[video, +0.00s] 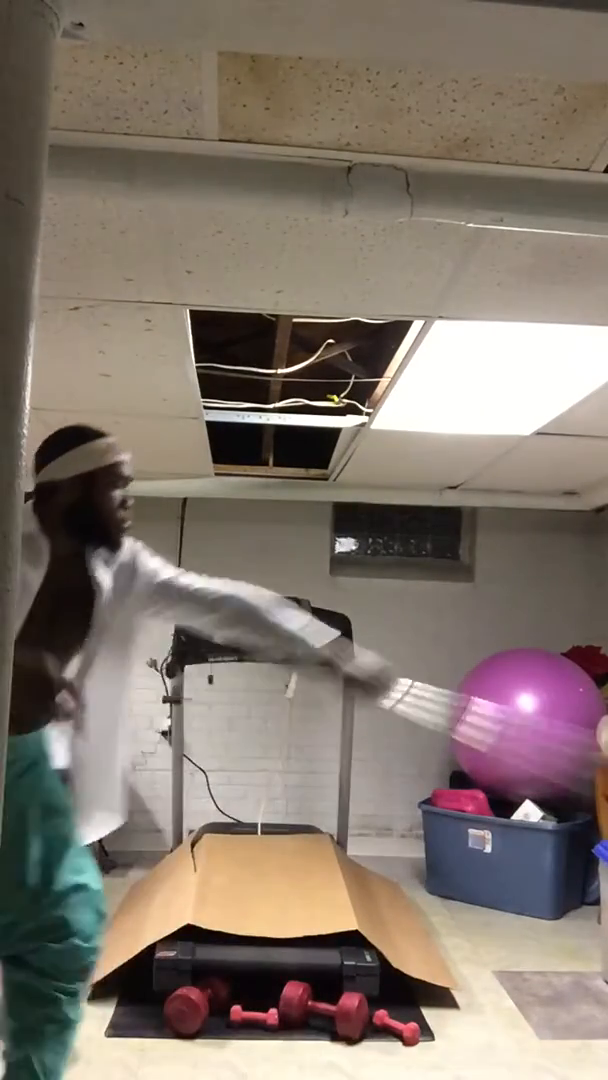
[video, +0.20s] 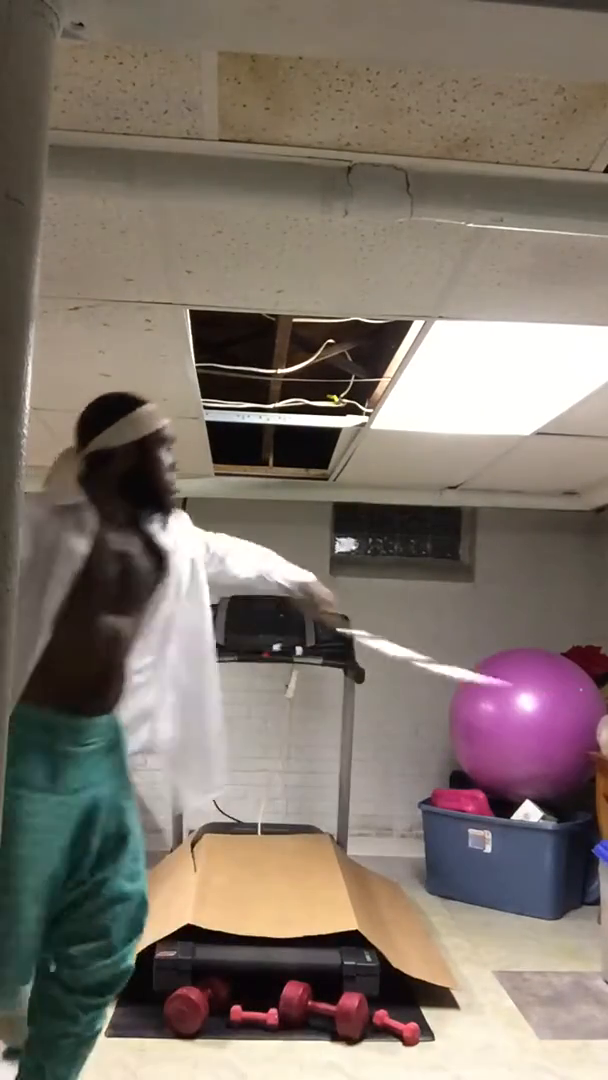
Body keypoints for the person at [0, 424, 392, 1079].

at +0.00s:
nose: (128, 498)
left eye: (128, 484)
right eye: (113, 485)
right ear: (61, 494)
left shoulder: (122, 568)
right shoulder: (15, 559)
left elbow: (225, 604)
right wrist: (21, 667)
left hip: (49, 780)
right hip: (12, 775)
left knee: (61, 935)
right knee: (46, 935)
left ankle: (32, 1067)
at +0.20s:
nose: (172, 460)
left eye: (170, 446)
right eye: (157, 448)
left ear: (161, 454)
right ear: (112, 460)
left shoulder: (174, 538)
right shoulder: (43, 527)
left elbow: (237, 558)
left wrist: (302, 583)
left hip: (103, 746)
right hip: (26, 744)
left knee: (104, 938)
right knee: (13, 945)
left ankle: (47, 1070)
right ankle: (9, 1041)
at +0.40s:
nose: (213, 461)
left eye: (210, 448)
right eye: (205, 448)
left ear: (157, 455)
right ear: (173, 455)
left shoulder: (192, 544)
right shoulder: (95, 519)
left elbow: (181, 665)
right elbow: (20, 633)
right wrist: (59, 726)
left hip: (147, 743)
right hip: (93, 741)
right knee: (127, 963)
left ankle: (47, 1055)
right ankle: (45, 1064)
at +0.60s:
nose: (236, 469)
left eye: (233, 459)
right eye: (236, 459)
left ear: (168, 454)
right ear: (227, 460)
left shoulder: (138, 512)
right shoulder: (210, 526)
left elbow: (74, 564)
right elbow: (237, 652)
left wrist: (34, 588)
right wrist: (342, 739)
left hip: (88, 758)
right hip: (153, 764)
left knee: (81, 960)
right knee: (217, 963)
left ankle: (52, 1067)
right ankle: (228, 1066)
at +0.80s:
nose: (189, 467)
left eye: (194, 454)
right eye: (193, 453)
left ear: (208, 460)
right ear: (271, 463)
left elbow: (78, 625)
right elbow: (367, 653)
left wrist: (29, 642)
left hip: (150, 811)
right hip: (265, 812)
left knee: (95, 1014)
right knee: (292, 1036)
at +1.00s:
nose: (235, 461)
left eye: (249, 447)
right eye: (240, 447)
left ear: (283, 457)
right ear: (306, 459)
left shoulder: (265, 537)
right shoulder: (341, 516)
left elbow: (226, 652)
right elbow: (224, 555)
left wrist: (150, 650)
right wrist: (141, 582)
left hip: (265, 783)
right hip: (346, 785)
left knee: (188, 959)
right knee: (332, 970)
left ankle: (175, 1066)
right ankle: (356, 1068)